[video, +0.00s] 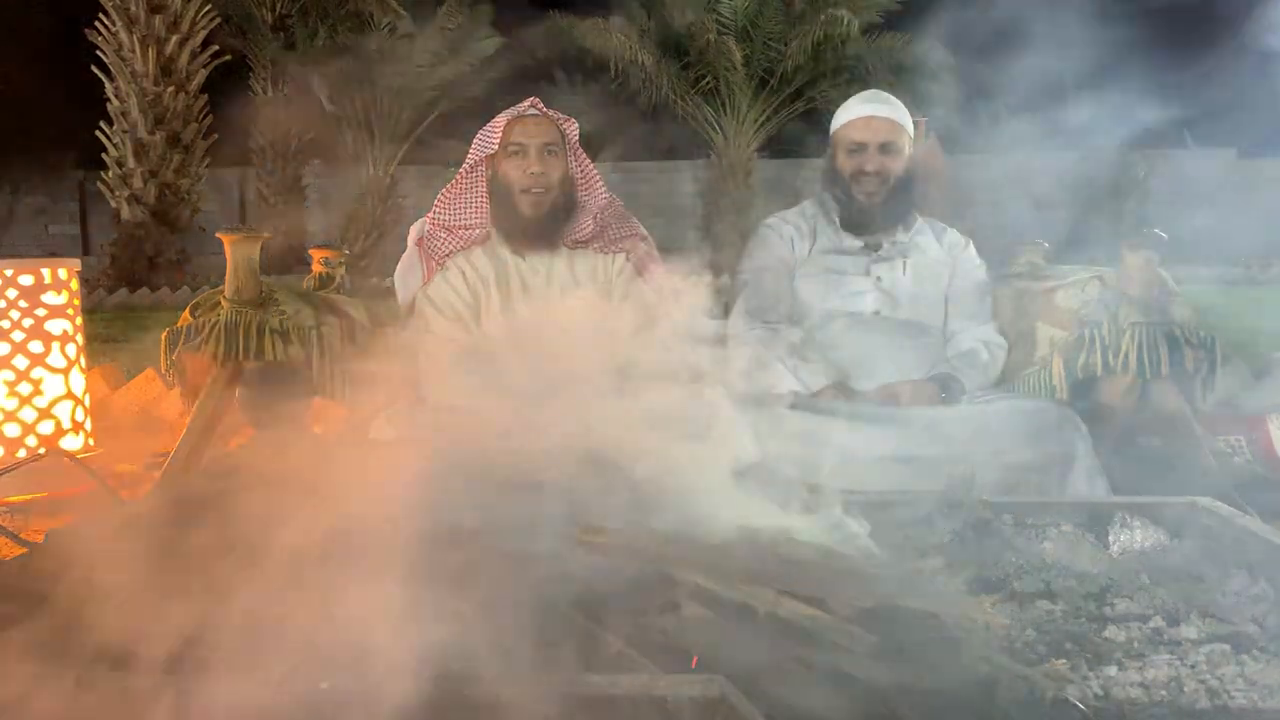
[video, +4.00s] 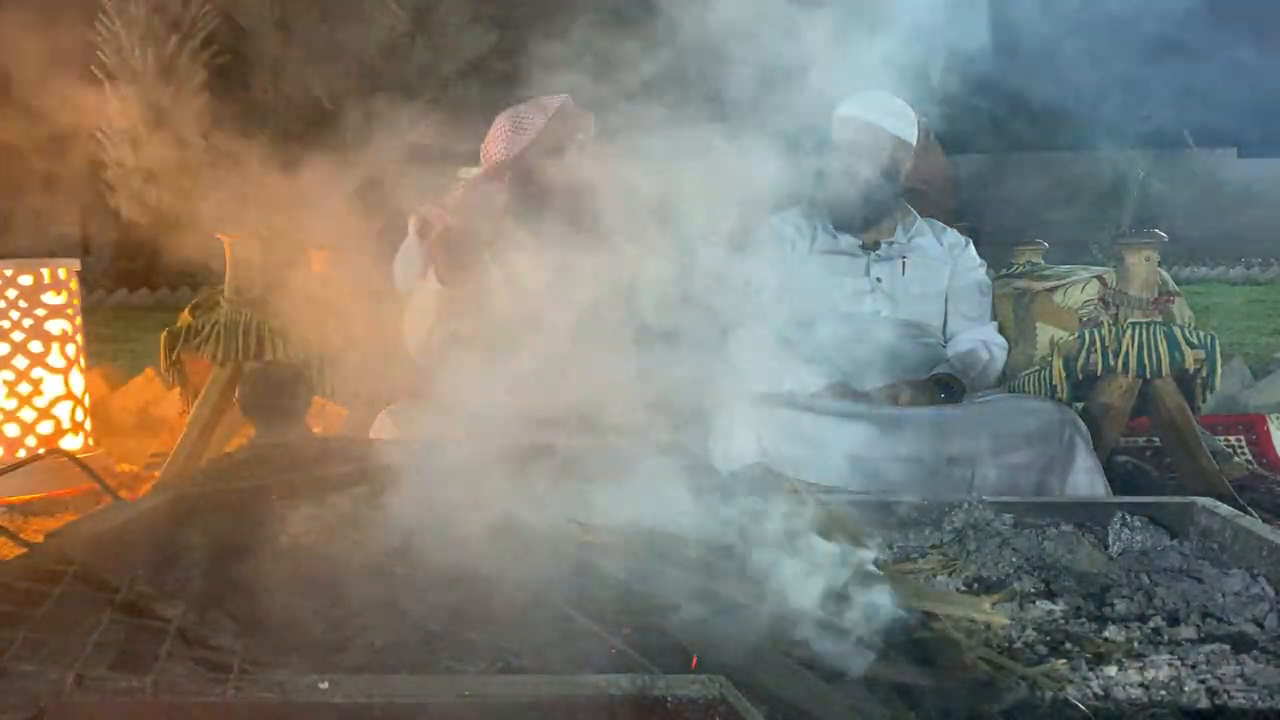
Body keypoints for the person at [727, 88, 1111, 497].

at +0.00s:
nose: (870, 165)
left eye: (887, 151)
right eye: (856, 150)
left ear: (910, 159)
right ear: (832, 156)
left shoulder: (951, 248)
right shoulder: (785, 236)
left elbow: (982, 347)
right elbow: (751, 345)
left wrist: (936, 389)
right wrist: (821, 395)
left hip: (932, 422)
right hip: (823, 421)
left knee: (1052, 424)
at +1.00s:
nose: (873, 167)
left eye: (889, 152)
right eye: (856, 151)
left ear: (912, 161)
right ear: (833, 159)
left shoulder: (951, 248)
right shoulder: (783, 236)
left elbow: (981, 344)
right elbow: (755, 341)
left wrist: (939, 387)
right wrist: (835, 397)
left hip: (936, 420)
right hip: (823, 417)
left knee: (1054, 427)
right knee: (741, 426)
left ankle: (1086, 587)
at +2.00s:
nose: (871, 168)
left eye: (888, 153)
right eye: (857, 152)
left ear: (911, 162)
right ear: (833, 157)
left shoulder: (951, 248)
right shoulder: (785, 236)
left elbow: (981, 344)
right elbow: (757, 333)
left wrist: (939, 389)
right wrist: (836, 396)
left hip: (935, 420)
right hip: (823, 417)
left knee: (1055, 426)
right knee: (762, 434)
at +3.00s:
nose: (838, 167)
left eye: (859, 152)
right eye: (834, 151)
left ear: (904, 162)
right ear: (825, 155)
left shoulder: (952, 250)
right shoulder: (785, 235)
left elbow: (980, 344)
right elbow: (751, 331)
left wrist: (938, 390)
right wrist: (836, 397)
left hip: (937, 422)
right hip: (826, 419)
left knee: (1052, 425)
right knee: (747, 431)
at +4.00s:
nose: (841, 168)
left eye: (859, 156)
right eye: (837, 152)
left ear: (900, 167)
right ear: (823, 155)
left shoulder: (952, 251)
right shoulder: (779, 239)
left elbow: (981, 342)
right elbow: (745, 346)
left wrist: (939, 386)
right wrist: (820, 390)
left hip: (930, 423)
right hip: (818, 421)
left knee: (1053, 426)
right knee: (746, 418)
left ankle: (1084, 579)